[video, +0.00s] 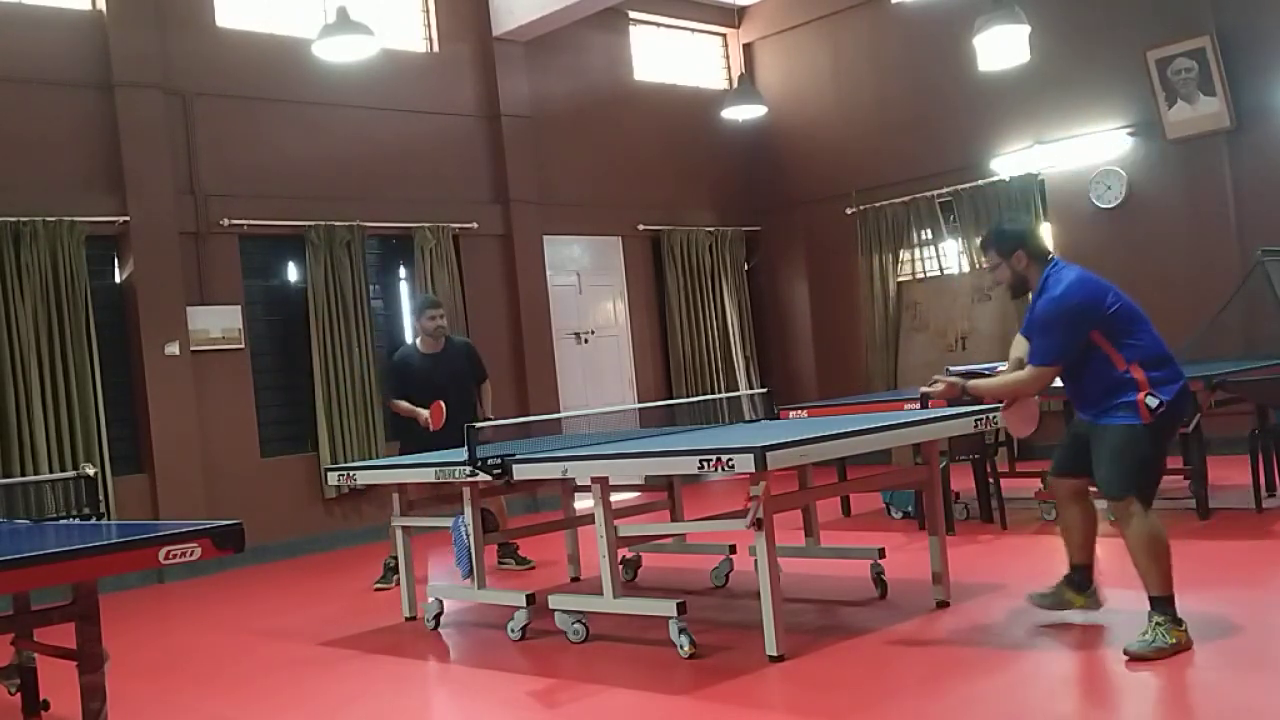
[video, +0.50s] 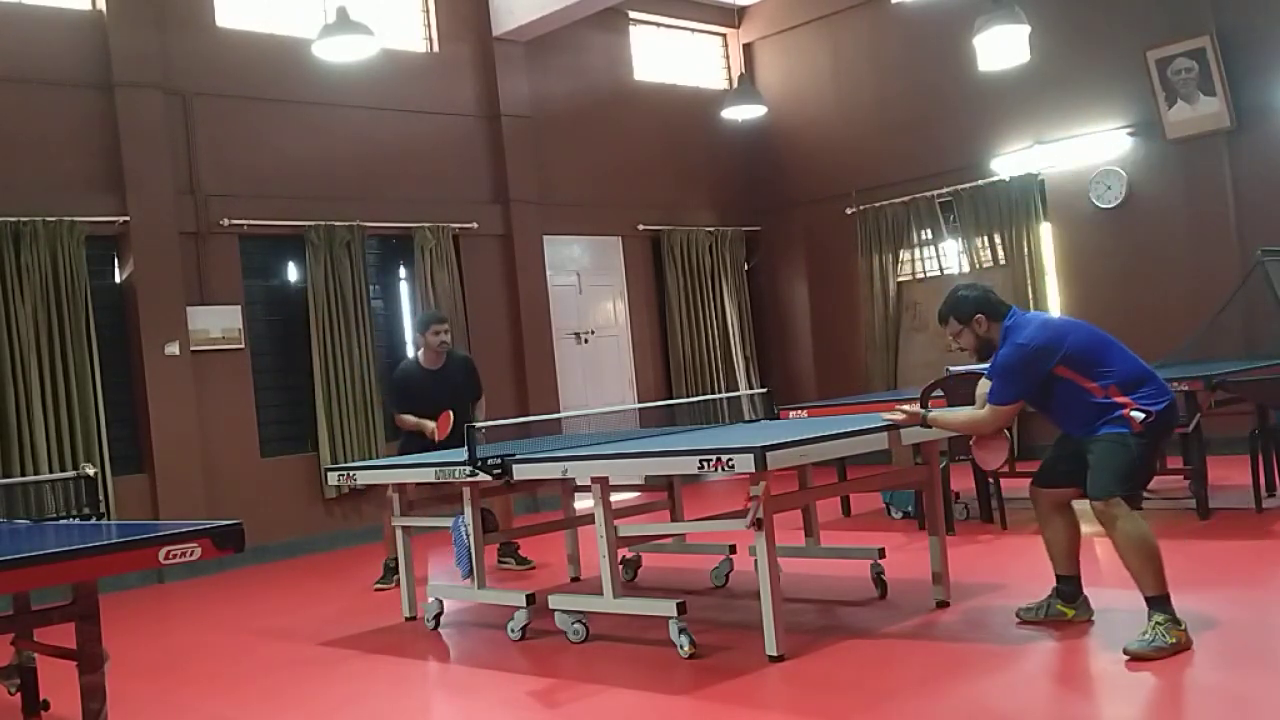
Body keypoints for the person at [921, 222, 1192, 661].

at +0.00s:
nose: (993, 278)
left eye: (995, 267)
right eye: (990, 270)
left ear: (1020, 258)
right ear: (1020, 260)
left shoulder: (1064, 295)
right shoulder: (1045, 292)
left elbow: (1035, 380)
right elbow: (1025, 340)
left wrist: (963, 387)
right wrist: (1012, 370)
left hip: (1142, 399)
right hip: (1103, 403)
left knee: (1124, 500)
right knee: (1065, 481)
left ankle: (1167, 622)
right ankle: (1079, 586)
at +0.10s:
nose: (982, 301)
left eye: (983, 291)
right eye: (979, 294)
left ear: (1008, 279)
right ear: (1009, 280)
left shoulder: (1051, 311)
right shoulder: (1034, 305)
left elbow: (1020, 394)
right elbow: (1012, 351)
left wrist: (950, 398)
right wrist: (1005, 385)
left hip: (1142, 402)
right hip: (1101, 410)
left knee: (1117, 500)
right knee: (1070, 495)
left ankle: (1167, 622)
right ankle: (1071, 597)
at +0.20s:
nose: (971, 323)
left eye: (972, 312)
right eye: (967, 315)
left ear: (997, 300)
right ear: (1000, 299)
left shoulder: (1040, 328)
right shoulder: (1027, 322)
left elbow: (1002, 411)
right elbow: (1000, 368)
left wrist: (938, 409)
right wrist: (996, 404)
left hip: (1141, 407)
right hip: (1097, 417)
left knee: (1113, 499)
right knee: (1060, 492)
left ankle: (1167, 622)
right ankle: (1069, 599)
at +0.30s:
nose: (965, 337)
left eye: (965, 326)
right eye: (960, 329)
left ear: (989, 313)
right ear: (990, 313)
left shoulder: (1030, 341)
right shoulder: (1019, 331)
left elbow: (995, 418)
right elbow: (992, 380)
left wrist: (928, 415)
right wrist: (990, 412)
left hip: (1139, 410)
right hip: (1095, 420)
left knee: (1113, 502)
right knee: (1054, 493)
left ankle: (1166, 621)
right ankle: (1070, 600)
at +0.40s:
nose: (958, 344)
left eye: (960, 334)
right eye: (954, 336)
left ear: (983, 321)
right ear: (986, 320)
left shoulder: (1024, 346)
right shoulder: (1015, 334)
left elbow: (990, 422)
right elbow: (987, 389)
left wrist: (924, 417)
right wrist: (990, 419)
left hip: (1136, 410)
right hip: (1094, 421)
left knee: (1111, 502)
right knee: (1050, 492)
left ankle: (1166, 621)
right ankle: (1070, 600)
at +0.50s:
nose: (955, 344)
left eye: (957, 334)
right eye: (951, 337)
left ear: (980, 322)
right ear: (983, 321)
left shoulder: (1022, 346)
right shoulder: (1014, 335)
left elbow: (989, 422)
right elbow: (984, 388)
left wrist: (924, 417)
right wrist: (992, 415)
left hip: (1134, 411)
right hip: (1091, 422)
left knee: (1109, 502)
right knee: (1047, 493)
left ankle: (1165, 621)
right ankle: (1069, 599)